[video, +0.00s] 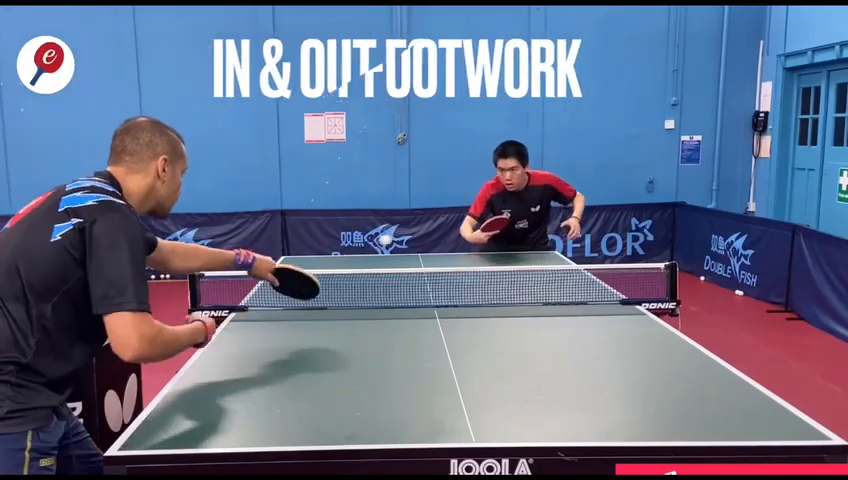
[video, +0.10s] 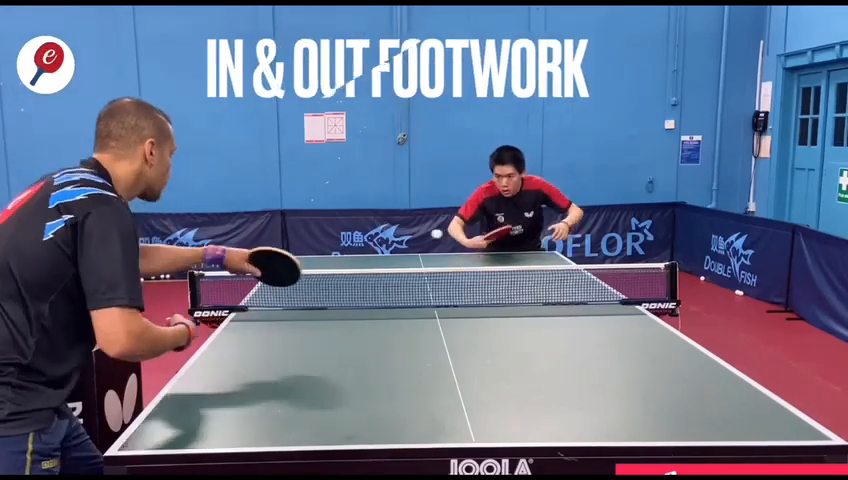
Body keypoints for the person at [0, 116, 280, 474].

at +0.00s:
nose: (179, 191)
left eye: (183, 177)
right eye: (181, 176)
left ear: (118, 161)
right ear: (161, 169)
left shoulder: (80, 195)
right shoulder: (112, 217)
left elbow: (163, 254)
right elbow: (134, 342)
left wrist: (248, 260)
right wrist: (201, 330)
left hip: (40, 402)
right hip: (16, 412)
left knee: (92, 469)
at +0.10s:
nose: (170, 167)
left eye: (172, 156)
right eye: (170, 155)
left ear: (104, 145)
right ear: (148, 152)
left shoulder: (65, 184)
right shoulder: (104, 209)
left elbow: (127, 259)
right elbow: (120, 338)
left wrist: (219, 256)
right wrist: (178, 335)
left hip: (44, 405)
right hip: (16, 414)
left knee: (91, 468)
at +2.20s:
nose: (125, 145)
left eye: (125, 132)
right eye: (125, 132)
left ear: (51, 127)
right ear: (109, 131)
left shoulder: (9, 182)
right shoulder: (80, 210)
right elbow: (127, 352)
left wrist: (119, 315)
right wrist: (187, 346)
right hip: (26, 444)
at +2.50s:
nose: (133, 158)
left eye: (136, 145)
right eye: (134, 143)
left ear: (60, 130)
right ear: (114, 135)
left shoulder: (10, 179)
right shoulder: (81, 205)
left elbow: (22, 310)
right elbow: (89, 353)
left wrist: (108, 327)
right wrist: (144, 373)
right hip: (14, 440)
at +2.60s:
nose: (150, 179)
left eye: (154, 165)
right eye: (151, 162)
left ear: (79, 143)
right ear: (126, 150)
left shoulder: (16, 189)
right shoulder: (76, 209)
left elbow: (36, 317)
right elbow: (61, 354)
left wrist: (138, 333)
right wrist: (120, 378)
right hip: (11, 438)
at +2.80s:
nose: (150, 166)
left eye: (153, 151)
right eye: (149, 148)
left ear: (119, 139)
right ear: (116, 138)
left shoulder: (77, 209)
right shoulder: (29, 197)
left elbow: (164, 267)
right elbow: (5, 335)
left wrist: (253, 291)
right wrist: (81, 369)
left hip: (17, 405)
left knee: (57, 471)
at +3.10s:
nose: (59, 106)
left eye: (55, 91)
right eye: (48, 89)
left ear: (16, 90)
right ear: (16, 91)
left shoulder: (3, 182)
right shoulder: (1, 186)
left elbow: (6, 278)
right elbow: (3, 353)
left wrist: (95, 292)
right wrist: (50, 360)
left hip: (8, 421)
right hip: (6, 430)